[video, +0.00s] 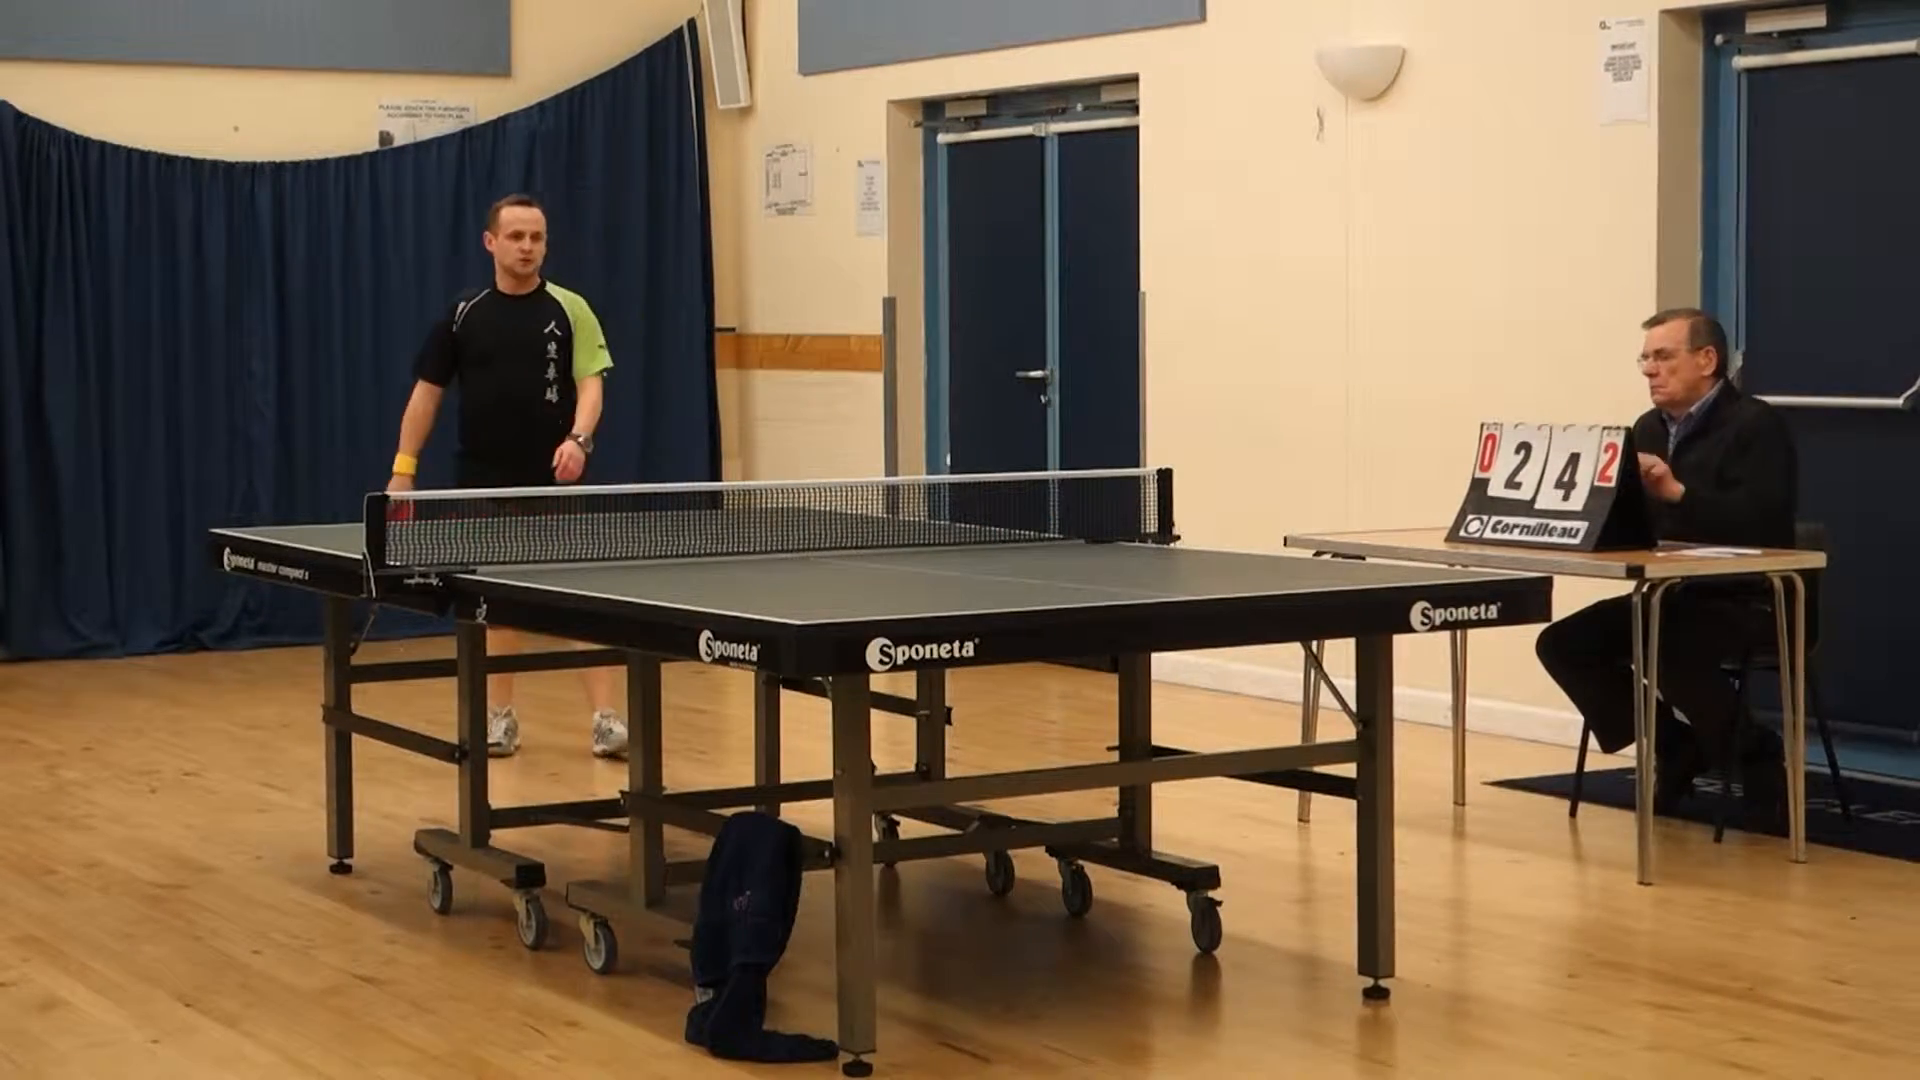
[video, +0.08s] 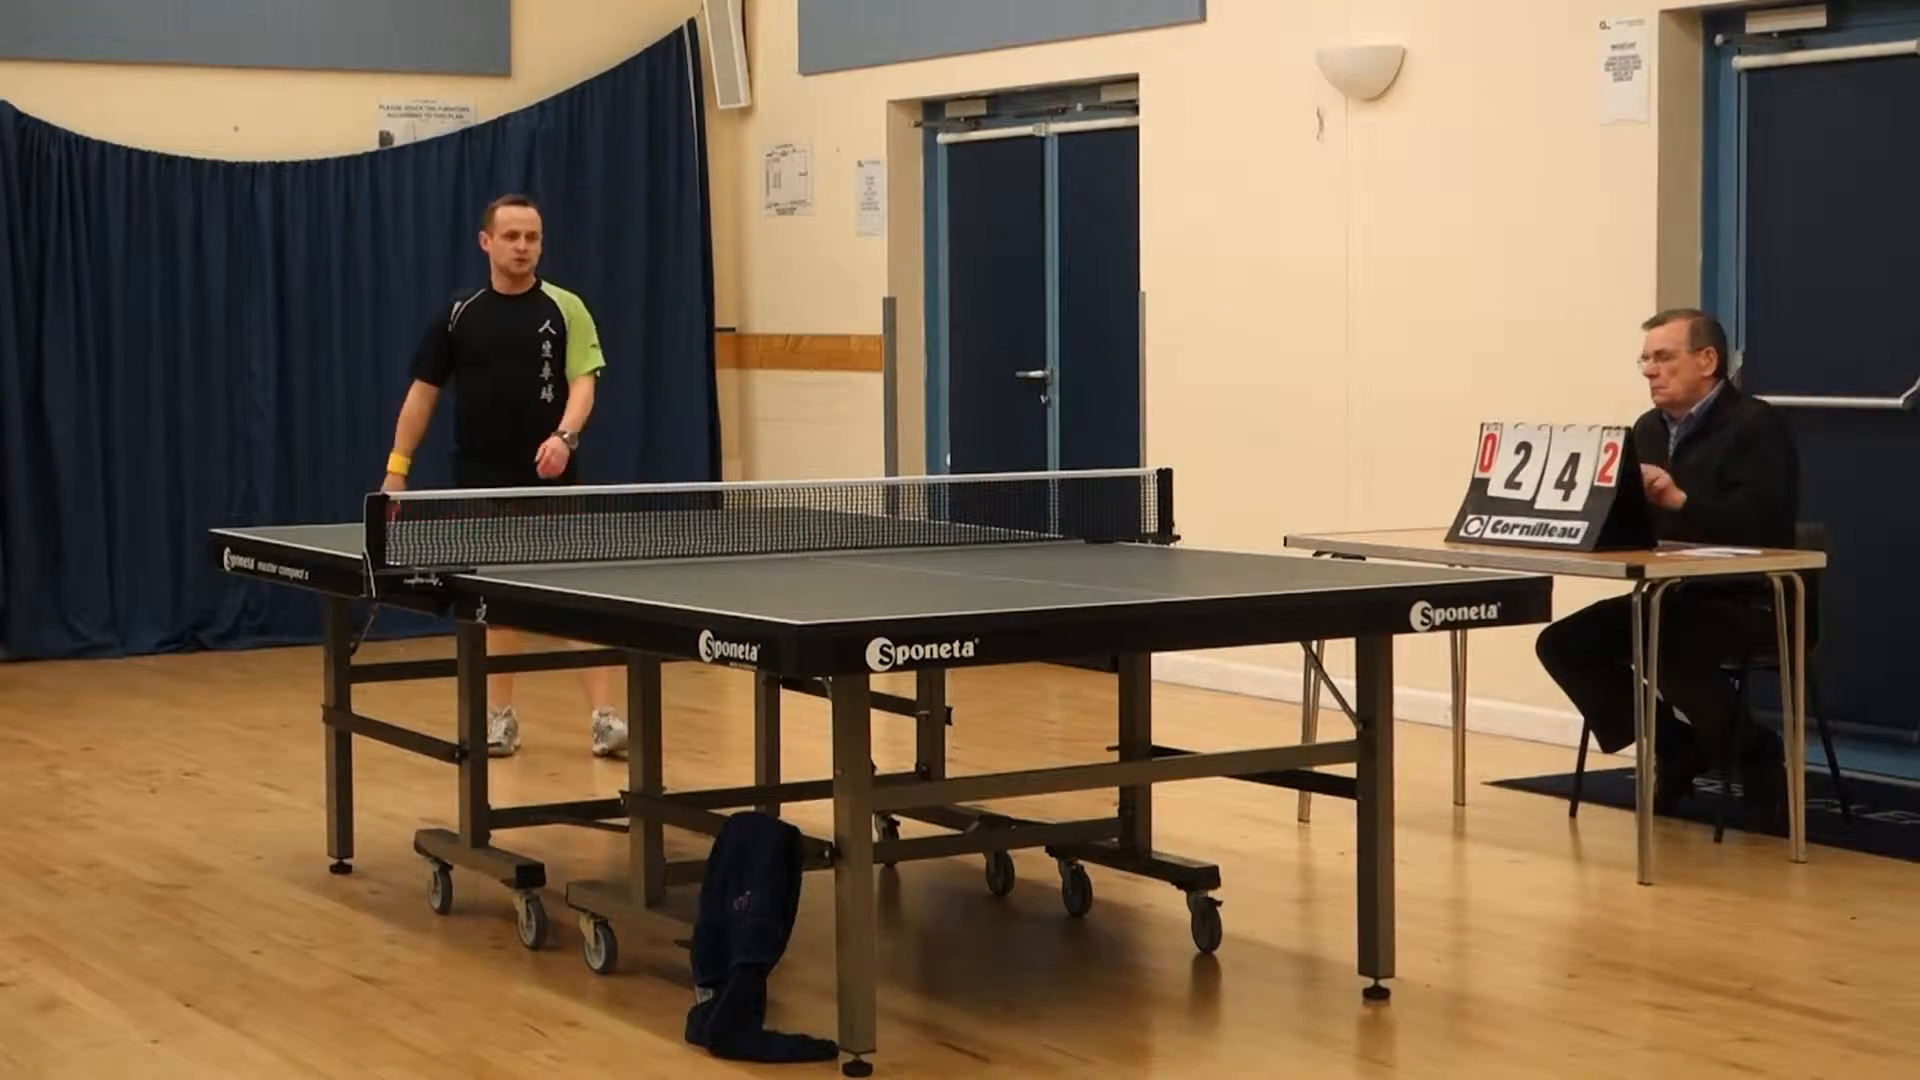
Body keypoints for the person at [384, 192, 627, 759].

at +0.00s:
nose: (528, 247)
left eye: (536, 237)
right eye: (516, 237)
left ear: (547, 243)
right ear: (491, 243)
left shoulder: (572, 310)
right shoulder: (463, 316)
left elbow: (590, 383)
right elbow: (426, 395)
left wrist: (580, 437)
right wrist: (402, 472)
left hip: (558, 485)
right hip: (486, 486)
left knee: (590, 600)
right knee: (496, 604)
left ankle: (606, 714)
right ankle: (498, 712)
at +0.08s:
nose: (523, 247)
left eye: (531, 237)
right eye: (511, 236)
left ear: (542, 243)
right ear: (486, 242)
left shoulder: (567, 308)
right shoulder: (459, 314)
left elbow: (583, 383)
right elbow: (422, 395)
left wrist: (565, 436)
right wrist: (395, 475)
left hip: (554, 481)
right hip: (483, 483)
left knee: (587, 597)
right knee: (495, 601)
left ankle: (604, 713)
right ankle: (498, 712)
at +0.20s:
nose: (518, 247)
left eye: (527, 237)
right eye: (506, 236)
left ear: (538, 244)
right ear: (482, 242)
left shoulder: (562, 308)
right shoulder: (454, 313)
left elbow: (577, 387)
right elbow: (421, 394)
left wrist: (553, 445)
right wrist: (398, 473)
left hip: (549, 480)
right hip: (478, 484)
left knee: (577, 596)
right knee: (492, 601)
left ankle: (603, 711)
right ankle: (497, 711)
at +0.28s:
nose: (517, 246)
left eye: (526, 237)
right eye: (506, 236)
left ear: (536, 243)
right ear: (481, 242)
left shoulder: (561, 308)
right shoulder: (453, 312)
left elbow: (576, 391)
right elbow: (422, 393)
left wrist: (558, 456)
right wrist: (406, 474)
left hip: (546, 482)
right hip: (477, 486)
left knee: (575, 597)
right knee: (493, 604)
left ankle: (604, 711)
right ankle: (498, 713)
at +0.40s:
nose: (517, 247)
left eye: (526, 237)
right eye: (505, 236)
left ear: (536, 242)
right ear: (480, 242)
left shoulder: (561, 308)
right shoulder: (453, 313)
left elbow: (581, 394)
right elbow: (425, 394)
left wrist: (584, 471)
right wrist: (421, 473)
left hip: (551, 488)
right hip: (477, 490)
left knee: (577, 602)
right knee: (490, 608)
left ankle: (603, 711)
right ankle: (498, 713)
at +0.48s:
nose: (519, 247)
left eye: (528, 237)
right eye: (507, 237)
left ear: (538, 243)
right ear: (482, 242)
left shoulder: (563, 309)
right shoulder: (454, 316)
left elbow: (588, 392)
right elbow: (427, 396)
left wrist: (604, 467)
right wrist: (430, 474)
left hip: (554, 488)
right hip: (479, 492)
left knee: (578, 603)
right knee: (491, 608)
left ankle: (603, 711)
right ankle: (498, 713)